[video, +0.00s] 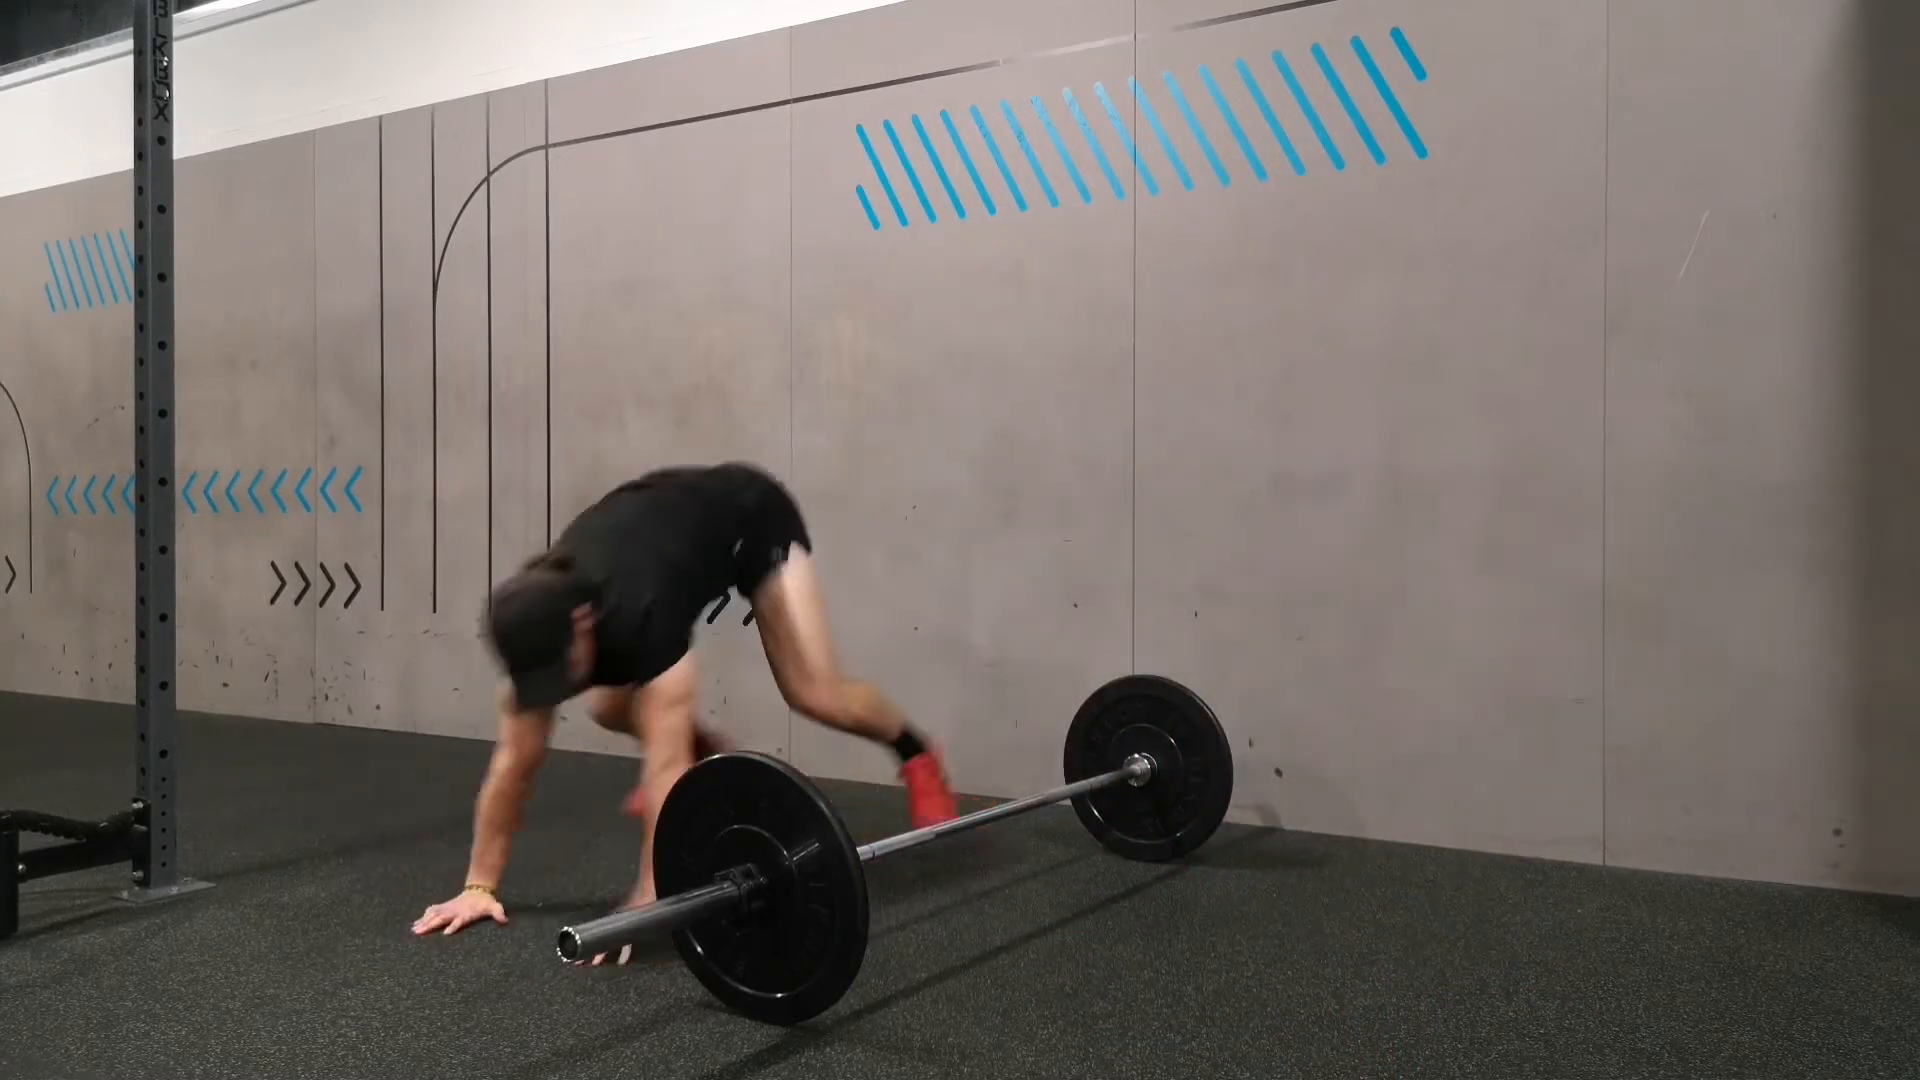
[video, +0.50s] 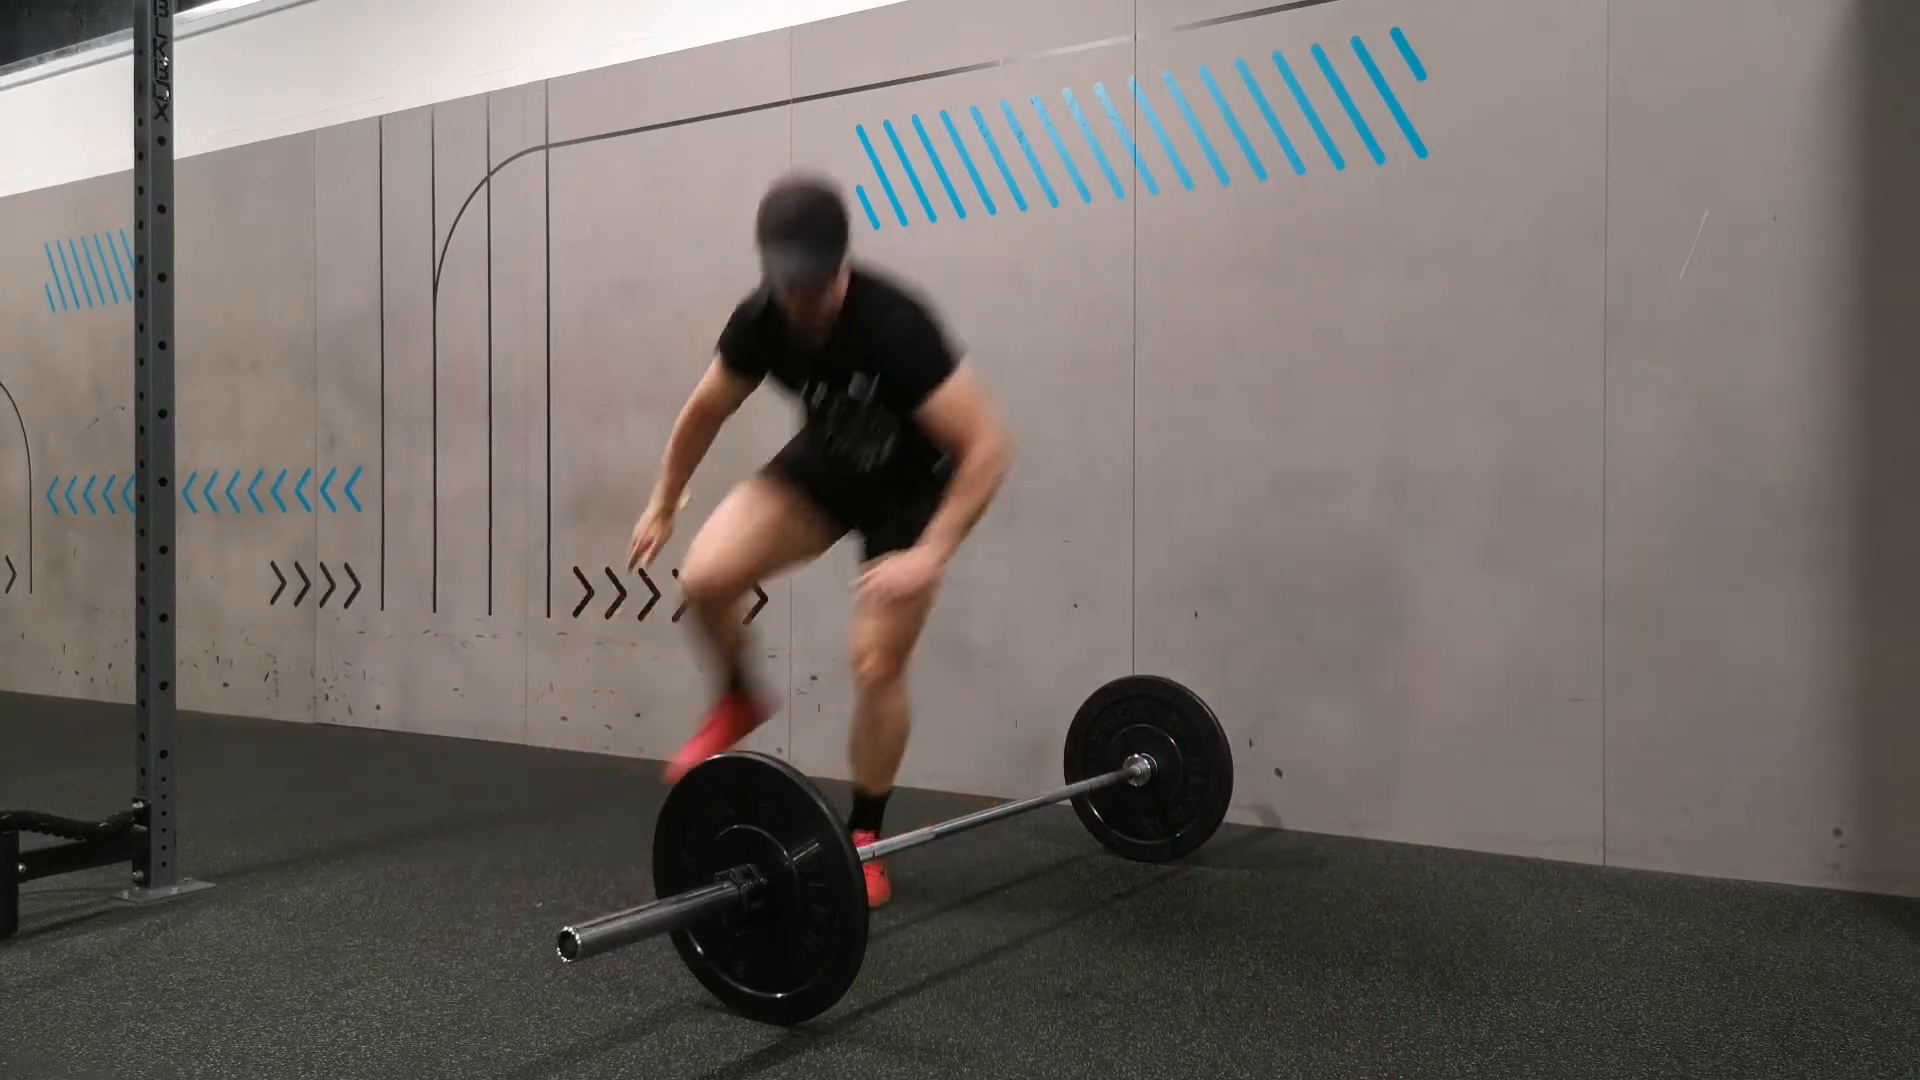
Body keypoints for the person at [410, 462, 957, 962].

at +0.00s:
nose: (564, 681)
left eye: (561, 669)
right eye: (548, 676)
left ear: (582, 623)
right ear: (516, 645)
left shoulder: (644, 607)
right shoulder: (534, 627)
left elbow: (669, 775)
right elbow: (512, 765)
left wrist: (644, 901)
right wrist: (480, 887)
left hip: (749, 513)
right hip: (664, 518)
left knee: (815, 695)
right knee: (612, 704)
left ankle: (916, 750)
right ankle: (710, 755)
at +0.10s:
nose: (596, 663)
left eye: (607, 646)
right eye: (582, 652)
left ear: (638, 591)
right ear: (557, 607)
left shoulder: (694, 589)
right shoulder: (568, 618)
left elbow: (719, 730)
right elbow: (538, 748)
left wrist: (670, 842)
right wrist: (483, 874)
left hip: (764, 518)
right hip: (664, 510)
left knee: (786, 658)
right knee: (583, 687)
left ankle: (869, 805)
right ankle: (604, 810)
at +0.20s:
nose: (642, 611)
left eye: (657, 600)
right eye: (637, 601)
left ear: (687, 558)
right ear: (615, 557)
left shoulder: (741, 554)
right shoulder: (594, 568)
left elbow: (766, 699)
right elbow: (545, 698)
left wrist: (694, 807)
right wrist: (499, 827)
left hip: (778, 572)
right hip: (676, 582)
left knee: (792, 694)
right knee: (581, 714)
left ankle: (859, 840)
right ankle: (602, 821)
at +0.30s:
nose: (713, 491)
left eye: (724, 479)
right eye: (701, 479)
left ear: (748, 459)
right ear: (680, 458)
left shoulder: (792, 479)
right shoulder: (658, 483)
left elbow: (812, 644)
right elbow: (591, 602)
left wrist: (747, 751)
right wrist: (554, 712)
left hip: (804, 579)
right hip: (713, 576)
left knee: (829, 705)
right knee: (609, 712)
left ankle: (860, 845)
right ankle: (602, 819)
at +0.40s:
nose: (776, 391)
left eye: (788, 377)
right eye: (763, 377)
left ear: (811, 357)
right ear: (742, 358)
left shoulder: (856, 399)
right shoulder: (722, 394)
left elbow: (898, 553)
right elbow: (659, 481)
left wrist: (826, 655)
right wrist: (625, 573)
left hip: (849, 542)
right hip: (763, 530)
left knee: (852, 696)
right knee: (656, 666)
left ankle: (862, 842)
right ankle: (628, 786)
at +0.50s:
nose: (805, 301)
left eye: (817, 285)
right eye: (790, 286)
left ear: (842, 267)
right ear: (769, 269)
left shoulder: (893, 321)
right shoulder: (762, 319)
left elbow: (989, 445)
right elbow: (705, 410)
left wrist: (931, 553)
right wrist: (662, 506)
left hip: (913, 481)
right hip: (827, 461)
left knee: (875, 666)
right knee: (705, 579)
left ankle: (865, 836)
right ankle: (740, 701)